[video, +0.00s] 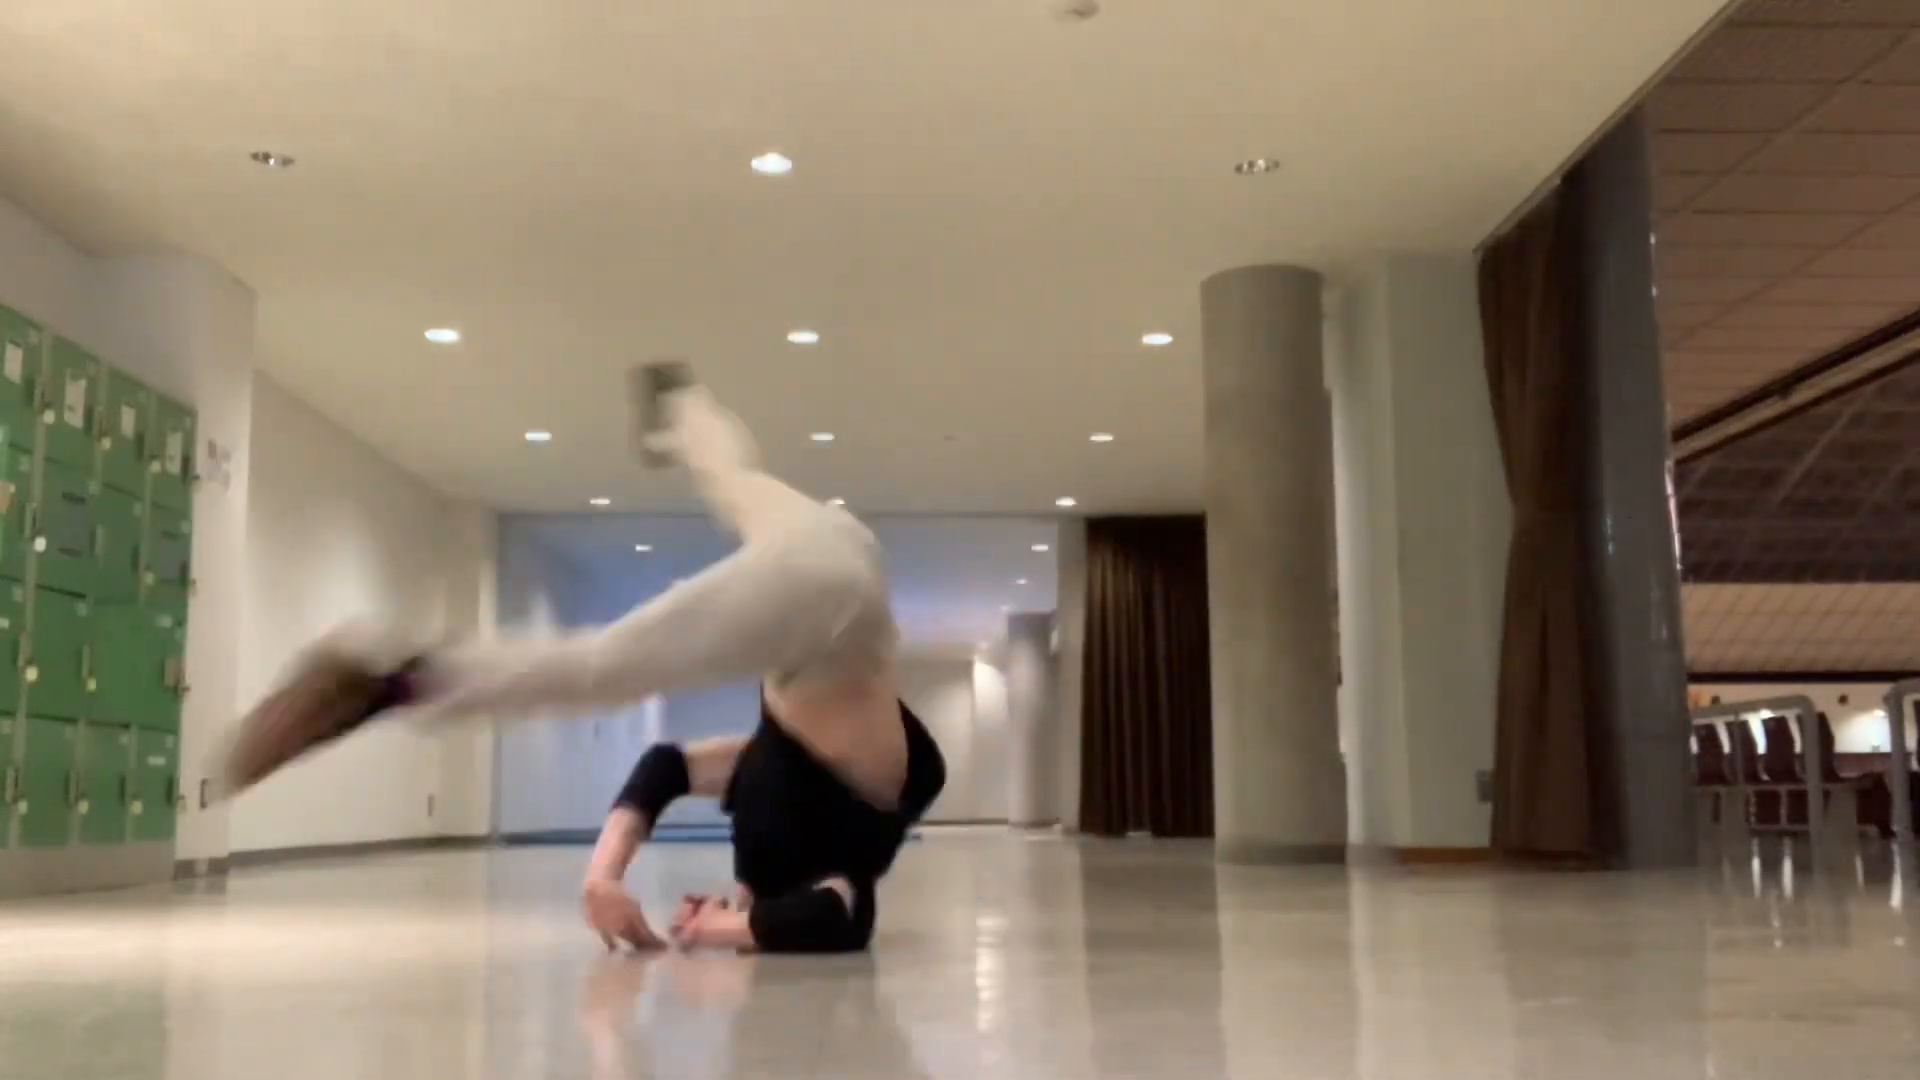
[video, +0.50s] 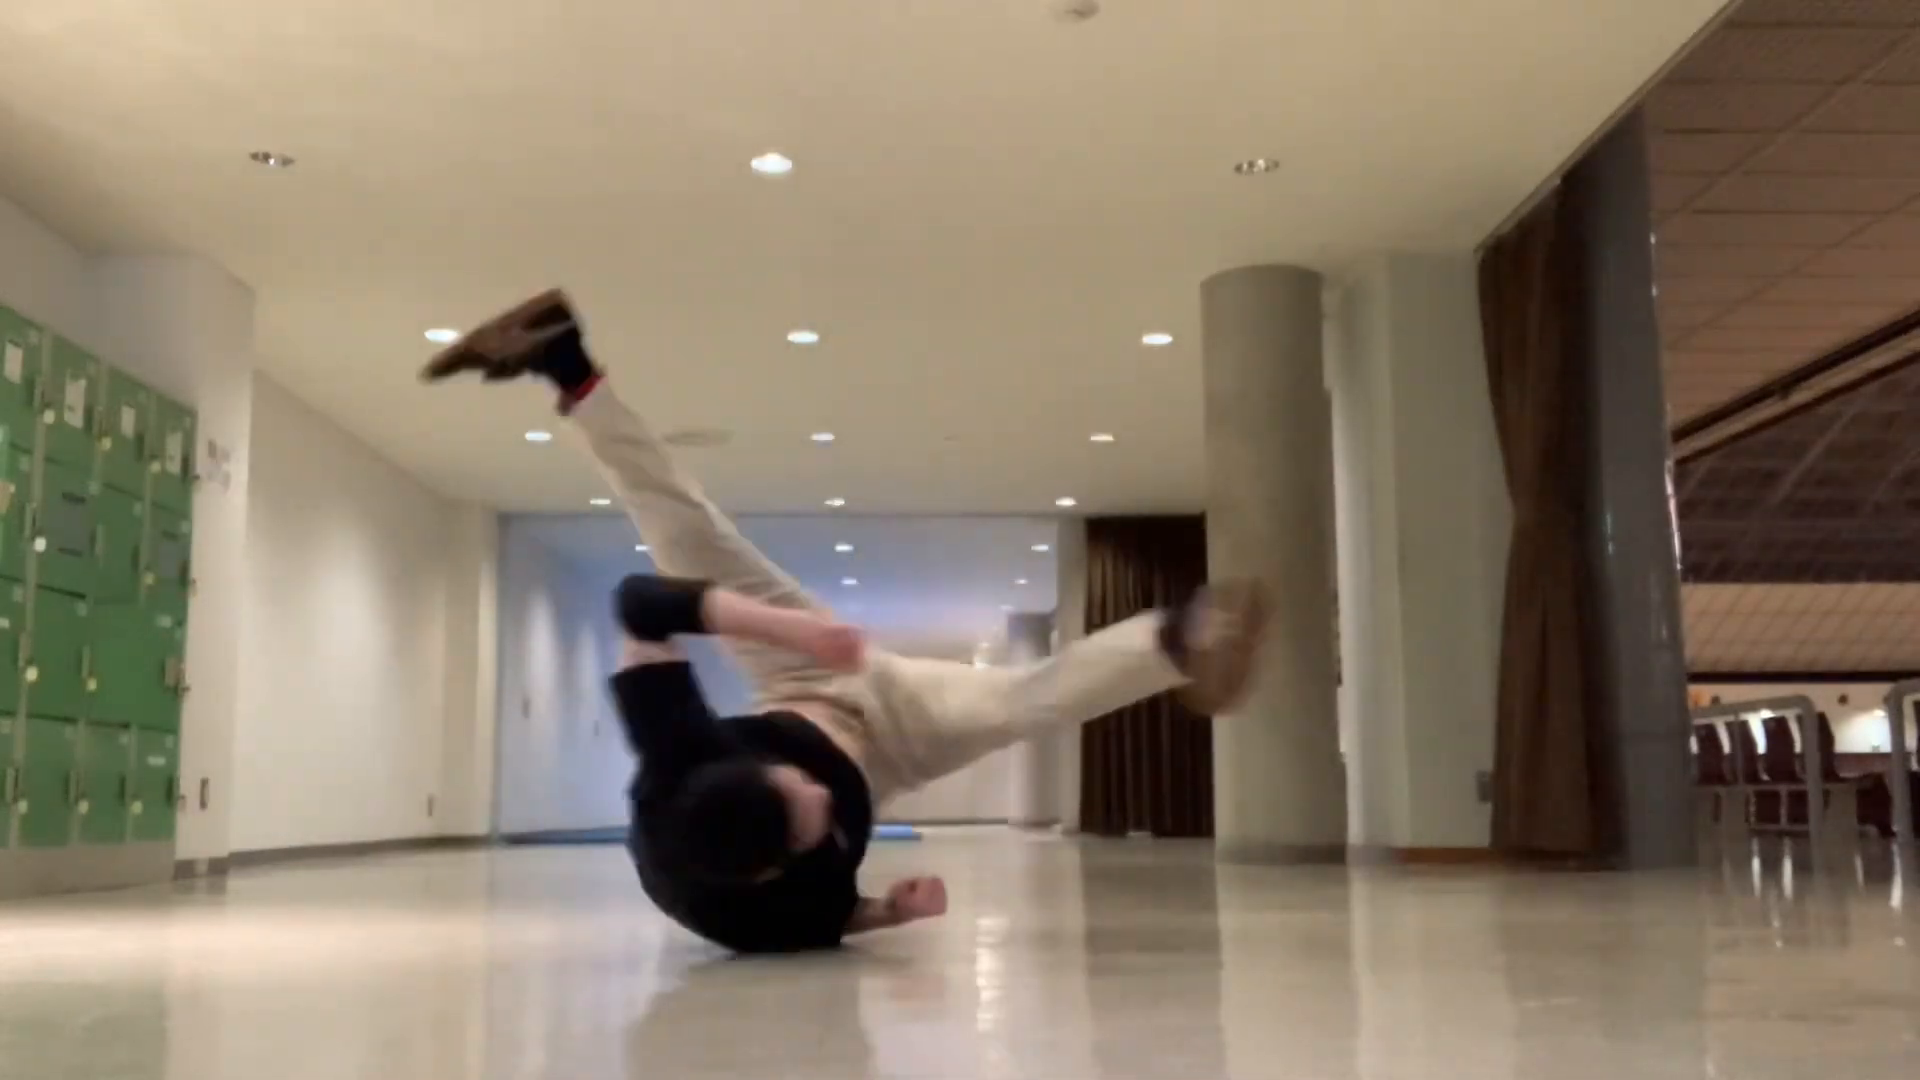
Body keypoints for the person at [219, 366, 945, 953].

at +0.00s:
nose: (709, 912)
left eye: (704, 912)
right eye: (714, 918)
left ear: (736, 890)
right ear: (750, 904)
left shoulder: (768, 775)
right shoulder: (823, 888)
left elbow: (662, 765)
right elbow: (832, 919)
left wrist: (607, 878)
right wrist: (731, 925)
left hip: (830, 549)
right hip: (834, 592)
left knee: (731, 476)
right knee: (603, 670)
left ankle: (682, 405)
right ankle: (383, 687)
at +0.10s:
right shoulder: (881, 901)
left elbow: (775, 726)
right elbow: (800, 916)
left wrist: (675, 806)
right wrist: (731, 915)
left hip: (800, 635)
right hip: (736, 686)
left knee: (863, 513)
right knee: (533, 764)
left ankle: (909, 397)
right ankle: (338, 787)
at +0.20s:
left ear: (991, 784)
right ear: (984, 865)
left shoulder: (941, 747)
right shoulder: (879, 913)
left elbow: (886, 624)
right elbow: (738, 924)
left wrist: (850, 696)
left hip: (664, 698)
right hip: (614, 788)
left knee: (865, 571)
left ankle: (1033, 427)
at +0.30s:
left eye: (1009, 771)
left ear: (993, 767)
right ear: (1003, 851)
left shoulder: (917, 728)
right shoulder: (872, 910)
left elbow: (902, 581)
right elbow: (705, 923)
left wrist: (957, 691)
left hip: (640, 718)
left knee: (792, 574)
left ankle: (931, 410)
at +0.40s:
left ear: (878, 792)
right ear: (915, 858)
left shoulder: (798, 761)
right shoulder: (827, 910)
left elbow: (768, 584)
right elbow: (749, 930)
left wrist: (885, 637)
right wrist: (868, 911)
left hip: (711, 712)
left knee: (711, 538)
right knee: (990, 716)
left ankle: (701, 369)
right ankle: (1169, 664)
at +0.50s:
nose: (815, 789)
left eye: (778, 771)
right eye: (815, 810)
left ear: (738, 763)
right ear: (780, 863)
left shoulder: (675, 746)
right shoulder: (763, 912)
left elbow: (644, 604)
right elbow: (820, 922)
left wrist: (795, 627)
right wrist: (889, 910)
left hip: (794, 677)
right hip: (872, 741)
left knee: (695, 544)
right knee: (1014, 702)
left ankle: (565, 371)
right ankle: (1178, 641)